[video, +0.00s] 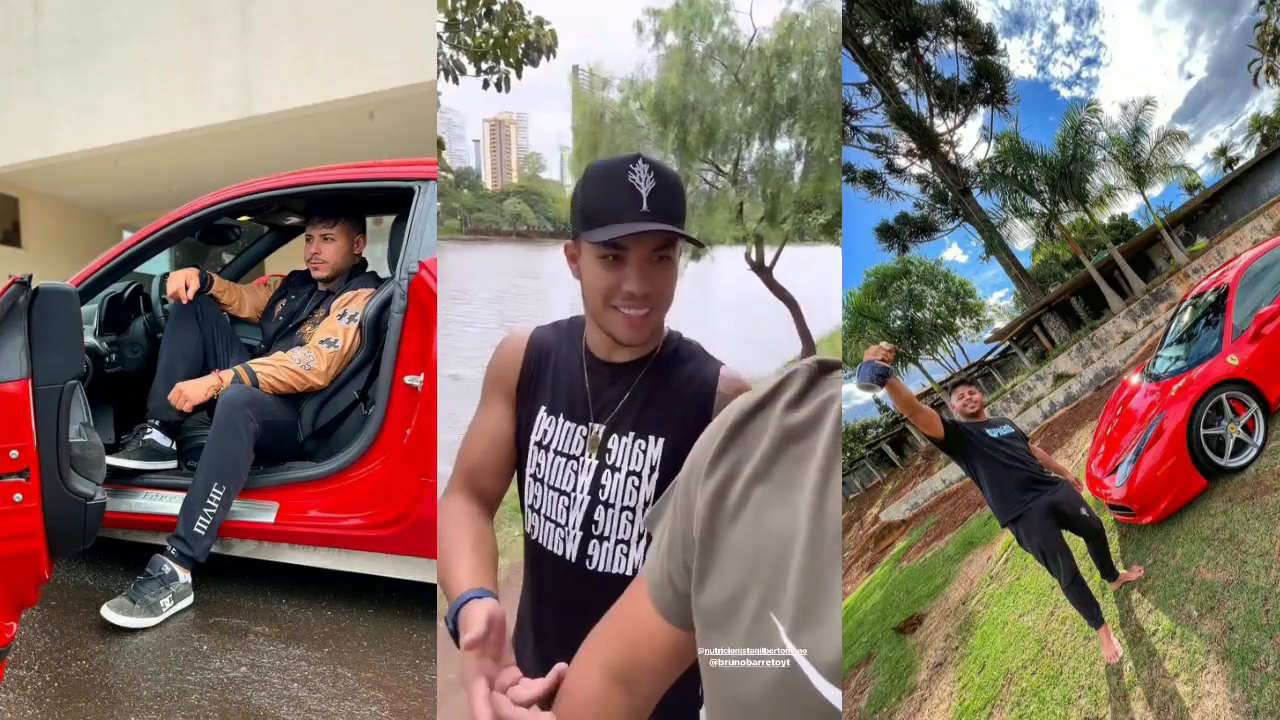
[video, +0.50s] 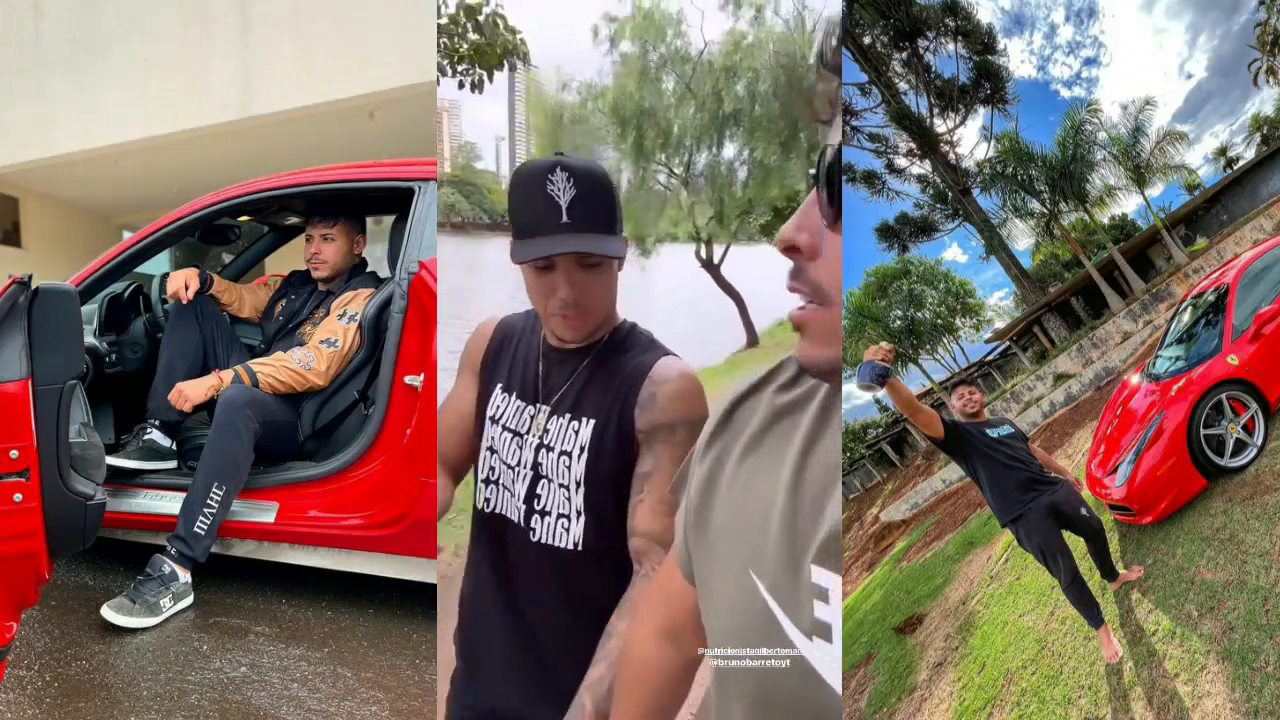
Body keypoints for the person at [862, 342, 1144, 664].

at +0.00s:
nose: (966, 397)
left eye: (971, 392)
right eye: (959, 397)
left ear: (983, 398)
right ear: (953, 410)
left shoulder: (1003, 424)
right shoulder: (956, 436)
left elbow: (1037, 454)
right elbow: (916, 412)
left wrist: (1067, 476)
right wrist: (885, 373)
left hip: (1051, 489)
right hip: (1021, 512)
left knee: (1093, 528)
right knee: (1065, 572)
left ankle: (1113, 576)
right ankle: (1101, 628)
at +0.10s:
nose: (967, 397)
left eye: (971, 392)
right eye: (959, 397)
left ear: (983, 398)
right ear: (953, 410)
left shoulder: (1003, 424)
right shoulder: (957, 436)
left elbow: (1037, 454)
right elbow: (916, 412)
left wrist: (1067, 476)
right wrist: (885, 375)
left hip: (1051, 489)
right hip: (1021, 512)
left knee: (1094, 528)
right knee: (1066, 572)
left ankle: (1113, 576)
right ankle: (1101, 629)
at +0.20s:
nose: (967, 397)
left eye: (971, 392)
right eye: (959, 397)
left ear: (983, 398)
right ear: (953, 410)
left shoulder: (1003, 424)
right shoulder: (957, 436)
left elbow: (1037, 454)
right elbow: (916, 412)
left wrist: (1067, 476)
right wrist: (885, 375)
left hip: (1051, 489)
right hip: (1021, 512)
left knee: (1094, 528)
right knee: (1066, 572)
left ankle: (1113, 576)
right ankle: (1101, 629)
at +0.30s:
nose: (966, 397)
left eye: (970, 392)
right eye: (959, 397)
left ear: (982, 398)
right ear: (953, 411)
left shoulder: (1004, 423)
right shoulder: (956, 436)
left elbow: (1037, 454)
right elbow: (916, 412)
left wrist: (1067, 475)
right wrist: (885, 374)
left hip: (1052, 489)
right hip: (1022, 512)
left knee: (1094, 528)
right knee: (1066, 572)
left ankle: (1114, 576)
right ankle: (1101, 628)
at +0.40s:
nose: (967, 397)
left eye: (971, 392)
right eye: (959, 398)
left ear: (983, 398)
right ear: (953, 411)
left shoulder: (1003, 424)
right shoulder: (956, 436)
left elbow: (1037, 454)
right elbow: (916, 412)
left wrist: (1067, 475)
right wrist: (885, 374)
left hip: (1051, 489)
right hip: (1022, 512)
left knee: (1093, 528)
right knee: (1066, 572)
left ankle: (1114, 575)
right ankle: (1101, 628)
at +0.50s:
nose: (967, 397)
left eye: (970, 392)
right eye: (959, 397)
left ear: (982, 398)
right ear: (953, 411)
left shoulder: (1004, 424)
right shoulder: (956, 436)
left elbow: (1037, 454)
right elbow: (915, 412)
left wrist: (1068, 475)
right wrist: (885, 373)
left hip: (1052, 489)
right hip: (1022, 512)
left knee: (1093, 528)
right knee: (1066, 572)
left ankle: (1114, 576)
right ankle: (1101, 628)